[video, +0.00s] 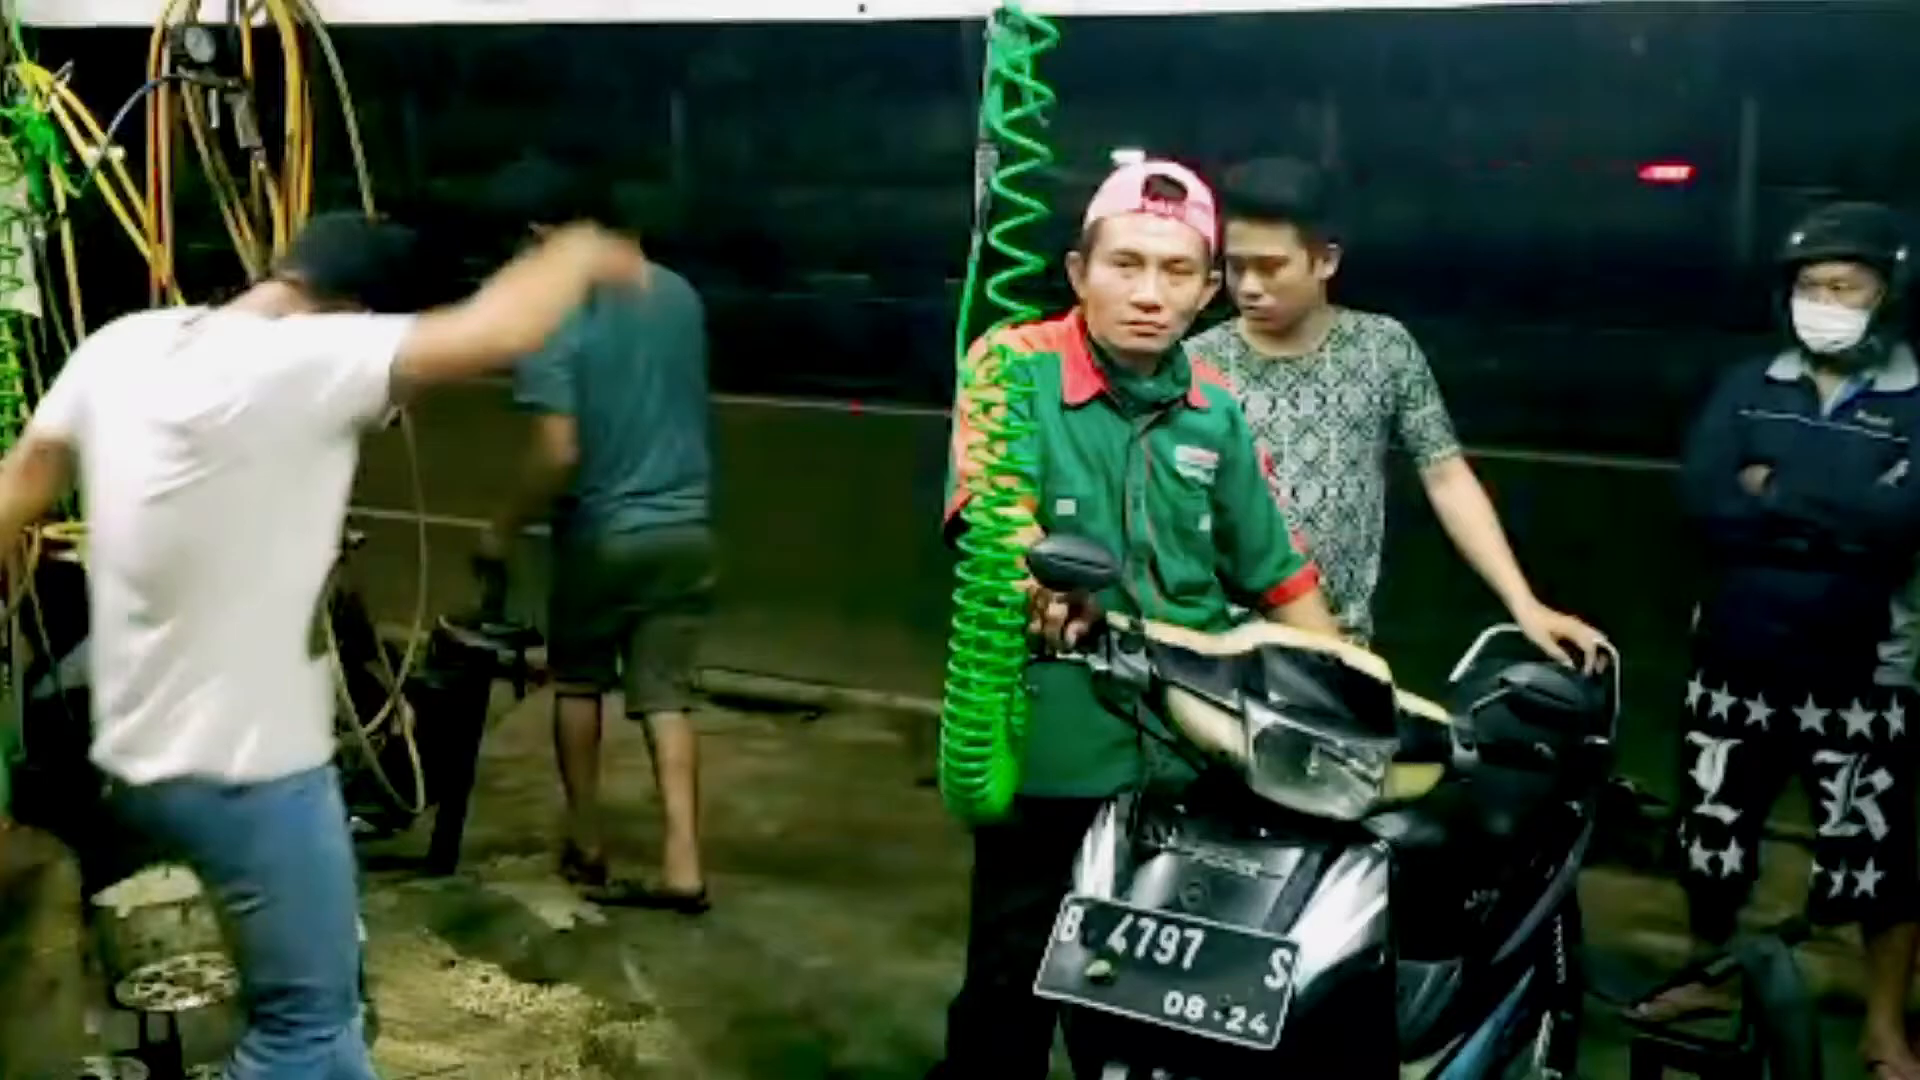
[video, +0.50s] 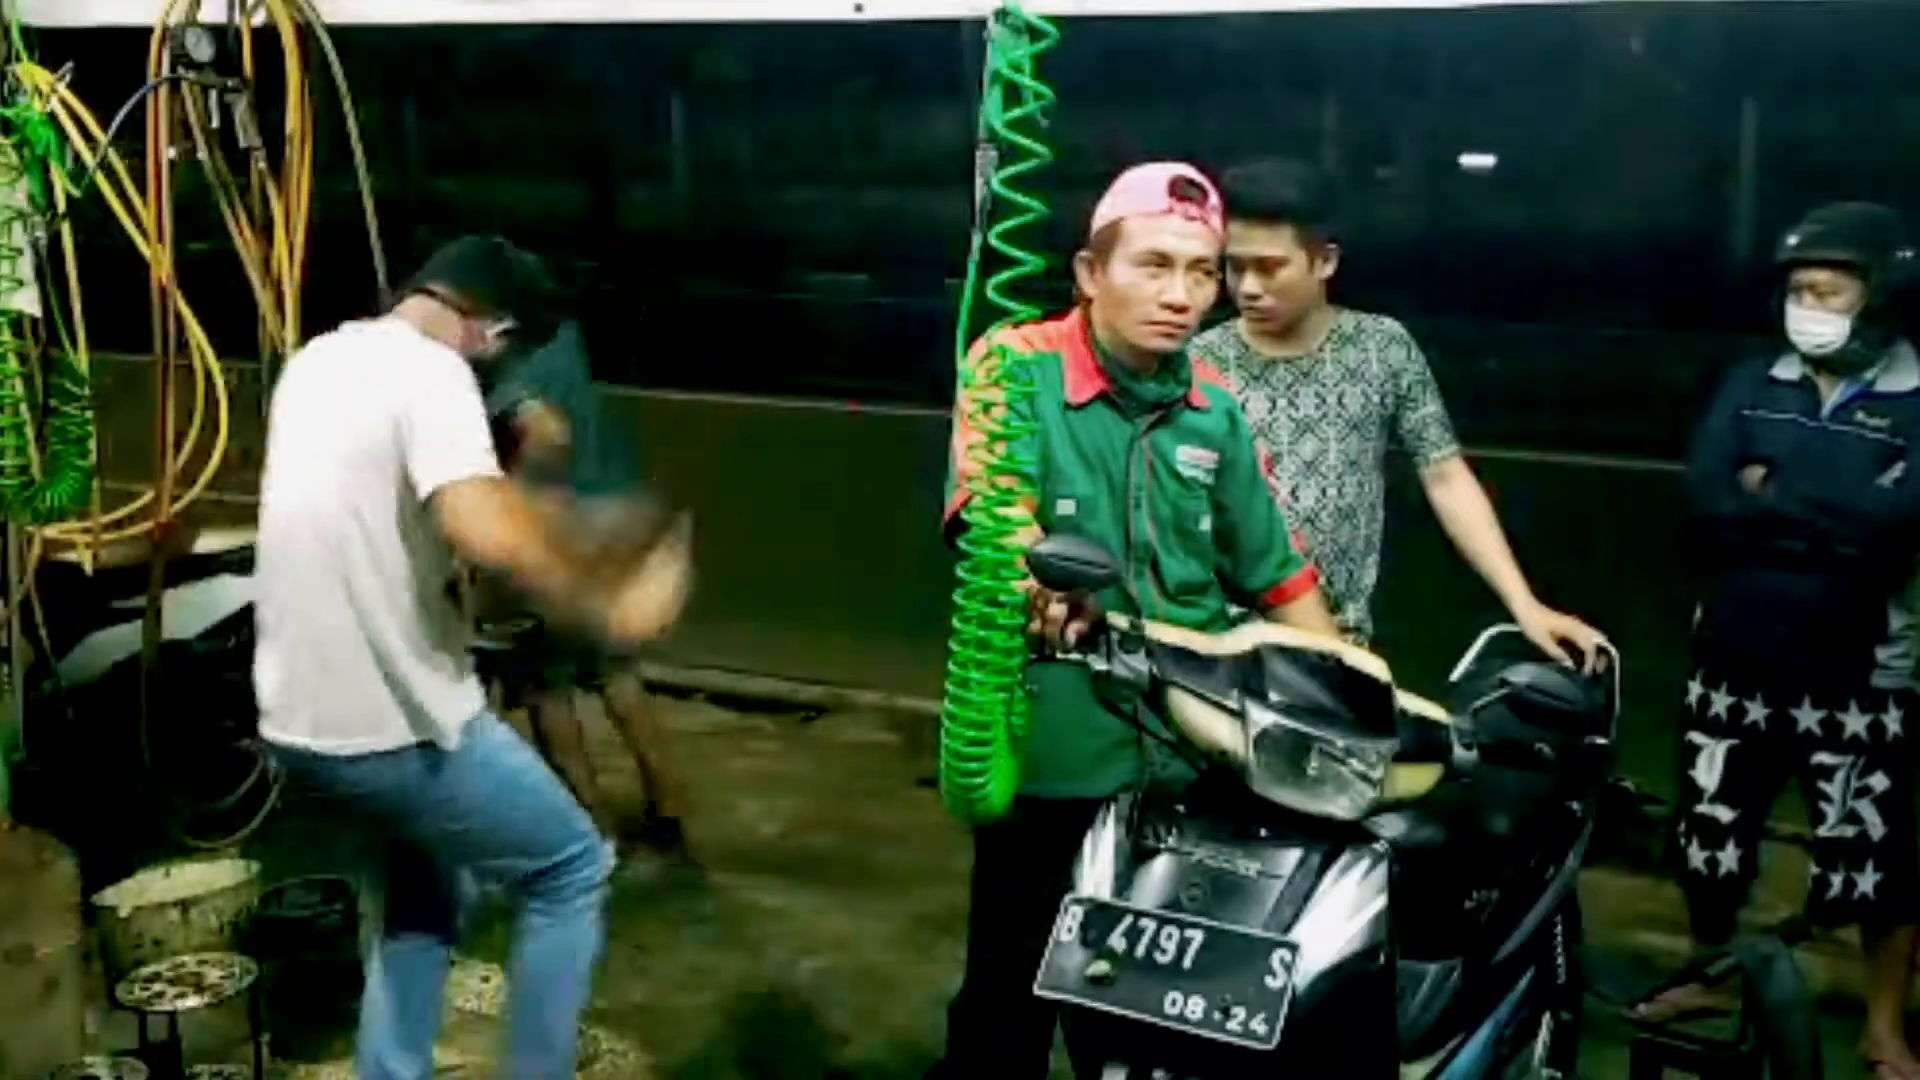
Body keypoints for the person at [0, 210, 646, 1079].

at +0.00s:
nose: (375, 329)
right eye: (377, 313)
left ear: (279, 266)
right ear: (362, 303)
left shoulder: (119, 347)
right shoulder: (321, 360)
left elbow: (16, 501)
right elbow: (497, 331)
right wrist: (577, 248)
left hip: (134, 762)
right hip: (256, 776)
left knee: (315, 981)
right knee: (307, 1029)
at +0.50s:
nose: (491, 361)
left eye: (499, 346)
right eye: (499, 343)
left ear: (413, 293)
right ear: (481, 322)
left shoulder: (307, 365)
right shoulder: (432, 373)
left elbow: (367, 504)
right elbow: (482, 527)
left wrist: (497, 460)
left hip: (299, 719)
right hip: (398, 725)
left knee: (422, 892)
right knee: (571, 866)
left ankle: (391, 1068)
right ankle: (540, 1067)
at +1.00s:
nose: (639, 377)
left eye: (645, 364)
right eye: (643, 360)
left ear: (566, 305)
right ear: (627, 336)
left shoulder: (441, 357)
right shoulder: (595, 385)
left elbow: (506, 464)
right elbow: (620, 547)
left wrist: (656, 476)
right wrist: (676, 701)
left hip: (436, 712)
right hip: (551, 731)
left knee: (570, 833)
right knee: (652, 910)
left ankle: (495, 1044)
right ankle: (589, 1068)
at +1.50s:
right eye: (585, 276)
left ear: (486, 253)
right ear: (565, 273)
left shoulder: (354, 302)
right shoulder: (572, 321)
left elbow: (191, 381)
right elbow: (750, 348)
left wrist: (89, 515)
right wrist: (692, 331)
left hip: (364, 709)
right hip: (508, 714)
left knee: (407, 921)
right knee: (577, 903)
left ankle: (391, 1074)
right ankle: (584, 1069)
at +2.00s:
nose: (489, 311)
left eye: (498, 296)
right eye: (500, 293)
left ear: (415, 244)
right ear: (475, 281)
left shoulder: (345, 298)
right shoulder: (388, 306)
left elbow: (482, 282)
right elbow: (291, 395)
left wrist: (603, 316)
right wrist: (325, 588)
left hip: (325, 724)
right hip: (344, 728)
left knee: (376, 996)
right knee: (406, 1004)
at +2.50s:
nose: (388, 341)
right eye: (393, 327)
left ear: (279, 258)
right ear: (375, 318)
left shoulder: (121, 338)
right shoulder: (380, 381)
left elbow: (9, 446)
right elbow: (537, 519)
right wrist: (528, 425)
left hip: (143, 767)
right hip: (291, 788)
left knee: (204, 1008)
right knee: (352, 1030)